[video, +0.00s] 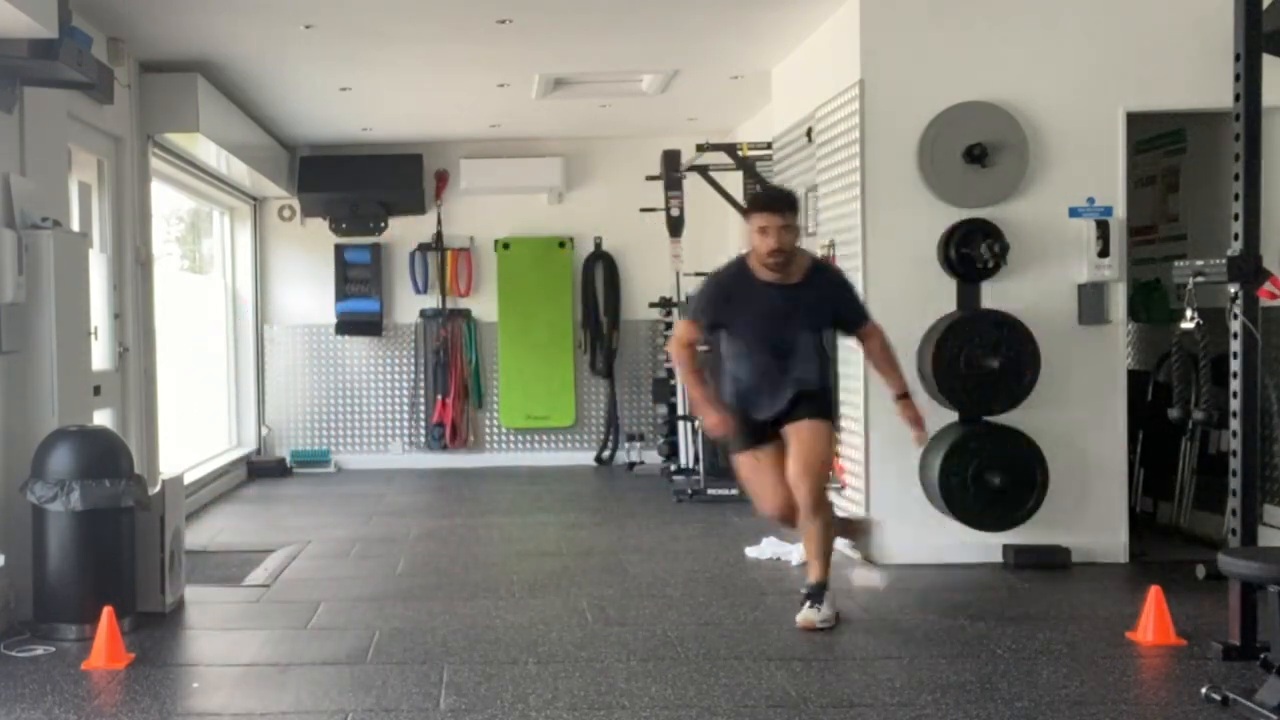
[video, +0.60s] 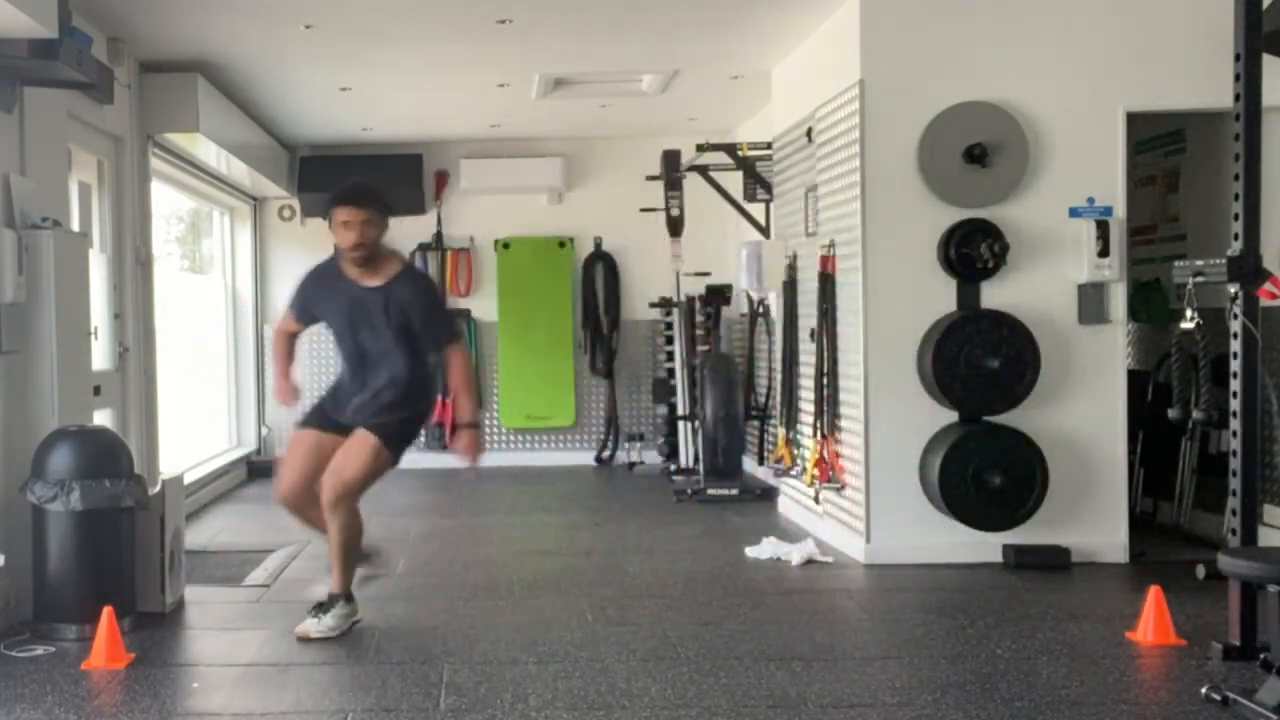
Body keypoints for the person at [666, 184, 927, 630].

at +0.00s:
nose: (774, 243)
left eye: (783, 231)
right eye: (763, 233)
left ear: (796, 230)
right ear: (749, 233)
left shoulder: (823, 280)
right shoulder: (726, 284)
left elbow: (869, 335)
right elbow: (680, 343)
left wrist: (903, 395)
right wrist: (706, 407)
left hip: (806, 398)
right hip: (746, 407)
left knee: (809, 494)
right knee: (777, 507)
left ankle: (816, 594)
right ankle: (849, 528)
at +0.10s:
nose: (701, 239)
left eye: (710, 227)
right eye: (690, 228)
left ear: (724, 227)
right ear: (673, 232)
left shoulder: (759, 276)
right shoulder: (658, 281)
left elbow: (816, 328)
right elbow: (622, 319)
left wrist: (836, 392)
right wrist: (617, 388)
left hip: (754, 396)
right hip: (689, 396)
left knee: (775, 492)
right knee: (665, 488)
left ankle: (815, 588)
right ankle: (693, 538)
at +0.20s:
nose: (622, 228)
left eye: (631, 217)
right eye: (611, 218)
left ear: (646, 216)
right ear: (596, 220)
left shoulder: (684, 267)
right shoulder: (582, 270)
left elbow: (736, 317)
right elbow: (549, 310)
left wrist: (758, 380)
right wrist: (526, 362)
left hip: (685, 388)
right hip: (619, 387)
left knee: (710, 485)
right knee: (586, 471)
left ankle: (792, 570)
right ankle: (594, 578)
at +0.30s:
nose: (553, 226)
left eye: (563, 215)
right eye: (543, 216)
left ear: (576, 216)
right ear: (528, 218)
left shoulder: (611, 267)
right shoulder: (513, 271)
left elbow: (667, 316)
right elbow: (469, 311)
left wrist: (689, 377)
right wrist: (437, 334)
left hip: (607, 388)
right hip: (553, 388)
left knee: (588, 481)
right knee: (543, 493)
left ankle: (670, 552)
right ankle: (590, 586)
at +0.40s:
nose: (486, 222)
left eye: (495, 210)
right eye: (475, 211)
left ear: (510, 210)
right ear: (462, 213)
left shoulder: (546, 263)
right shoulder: (450, 262)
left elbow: (594, 319)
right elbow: (403, 305)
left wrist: (618, 376)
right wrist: (388, 318)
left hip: (533, 380)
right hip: (483, 385)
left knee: (471, 456)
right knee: (498, 494)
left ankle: (467, 578)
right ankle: (577, 573)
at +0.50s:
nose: (422, 224)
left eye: (431, 213)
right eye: (411, 214)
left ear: (446, 213)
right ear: (398, 217)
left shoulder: (481, 272)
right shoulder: (387, 264)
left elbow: (524, 332)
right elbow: (342, 316)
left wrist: (548, 393)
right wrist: (342, 340)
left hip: (456, 391)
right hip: (408, 391)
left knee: (391, 482)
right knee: (399, 496)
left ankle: (350, 598)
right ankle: (503, 551)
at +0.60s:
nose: (355, 238)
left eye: (366, 226)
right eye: (344, 227)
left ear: (383, 226)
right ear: (331, 230)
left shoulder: (413, 286)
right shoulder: (324, 279)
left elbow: (454, 348)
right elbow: (286, 329)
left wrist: (467, 422)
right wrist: (284, 377)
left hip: (401, 398)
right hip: (351, 390)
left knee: (337, 489)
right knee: (292, 491)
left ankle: (341, 599)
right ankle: (359, 550)